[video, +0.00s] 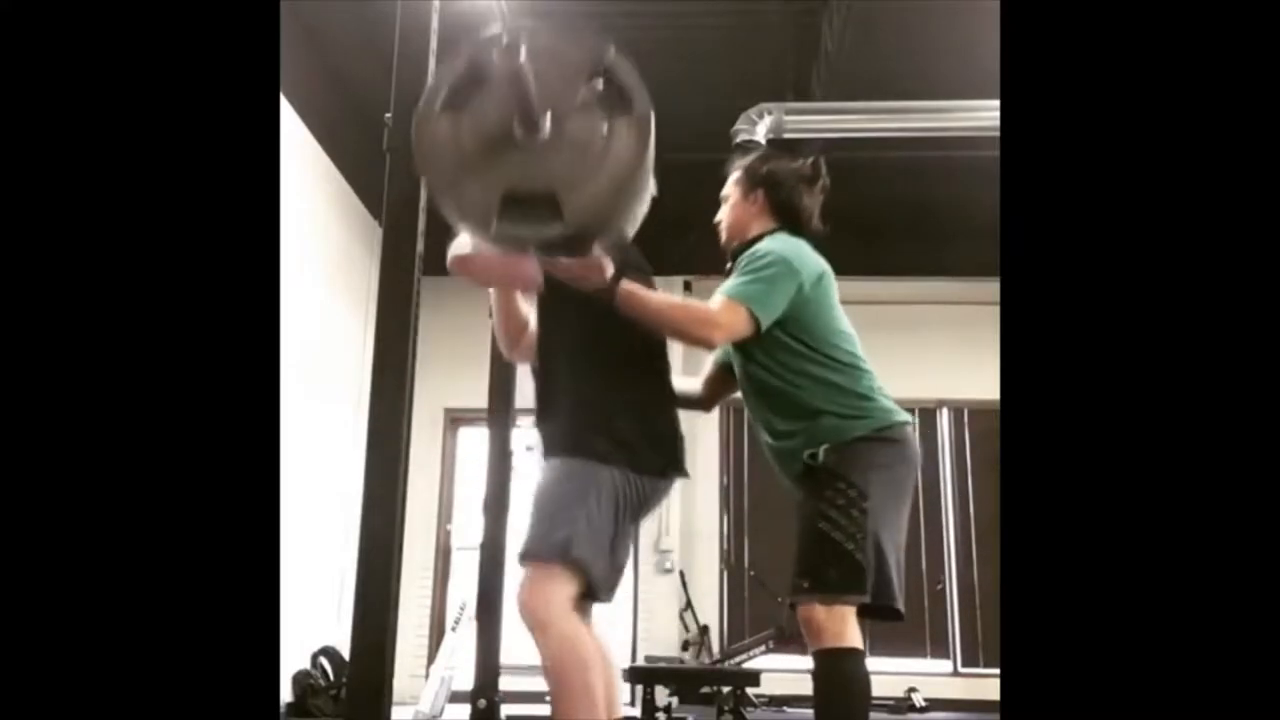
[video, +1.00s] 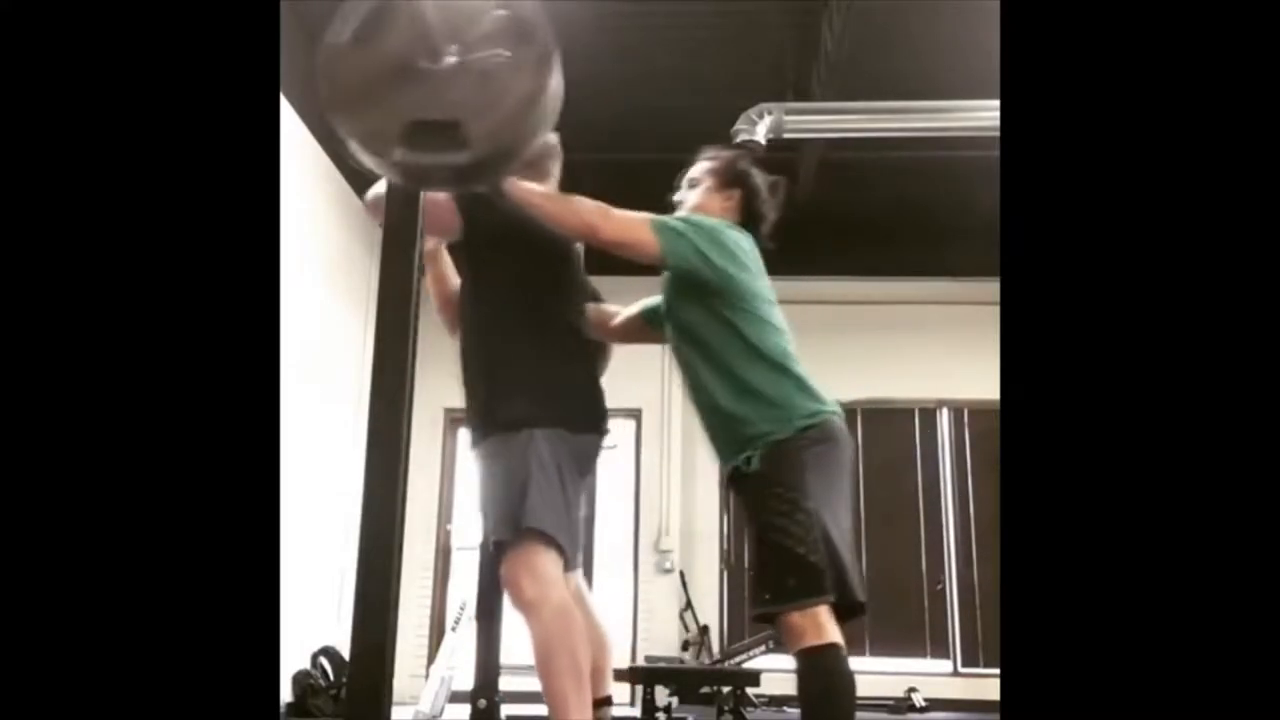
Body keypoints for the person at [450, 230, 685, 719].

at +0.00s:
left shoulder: (601, 251)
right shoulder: (570, 268)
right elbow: (518, 345)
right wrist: (502, 270)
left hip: (604, 445)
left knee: (544, 599)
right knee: (567, 610)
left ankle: (584, 713)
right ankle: (607, 713)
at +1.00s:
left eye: (490, 155)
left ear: (507, 159)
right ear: (549, 168)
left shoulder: (509, 203)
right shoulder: (533, 227)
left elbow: (386, 205)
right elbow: (460, 319)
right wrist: (432, 244)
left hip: (537, 409)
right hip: (546, 413)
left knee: (529, 573)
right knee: (556, 576)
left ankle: (572, 714)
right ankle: (595, 707)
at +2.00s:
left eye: (495, 155)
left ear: (498, 176)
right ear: (543, 170)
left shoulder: (521, 239)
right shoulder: (533, 241)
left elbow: (550, 339)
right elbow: (554, 340)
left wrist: (582, 444)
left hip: (548, 453)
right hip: (581, 444)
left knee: (552, 602)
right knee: (596, 608)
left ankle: (587, 712)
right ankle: (622, 712)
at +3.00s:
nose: (577, 178)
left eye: (585, 165)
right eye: (561, 167)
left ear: (600, 175)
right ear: (531, 183)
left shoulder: (639, 245)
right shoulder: (515, 283)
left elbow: (694, 337)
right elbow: (492, 384)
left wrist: (725, 441)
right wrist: (485, 480)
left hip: (607, 448)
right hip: (527, 457)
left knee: (600, 582)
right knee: (550, 609)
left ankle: (643, 713)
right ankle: (576, 716)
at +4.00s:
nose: (867, 52)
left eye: (865, 34)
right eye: (860, 30)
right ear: (829, 32)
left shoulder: (853, 164)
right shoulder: (724, 96)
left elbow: (849, 297)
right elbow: (656, 213)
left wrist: (886, 407)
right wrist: (672, 330)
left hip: (822, 407)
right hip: (737, 384)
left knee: (768, 605)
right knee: (760, 597)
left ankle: (706, 714)